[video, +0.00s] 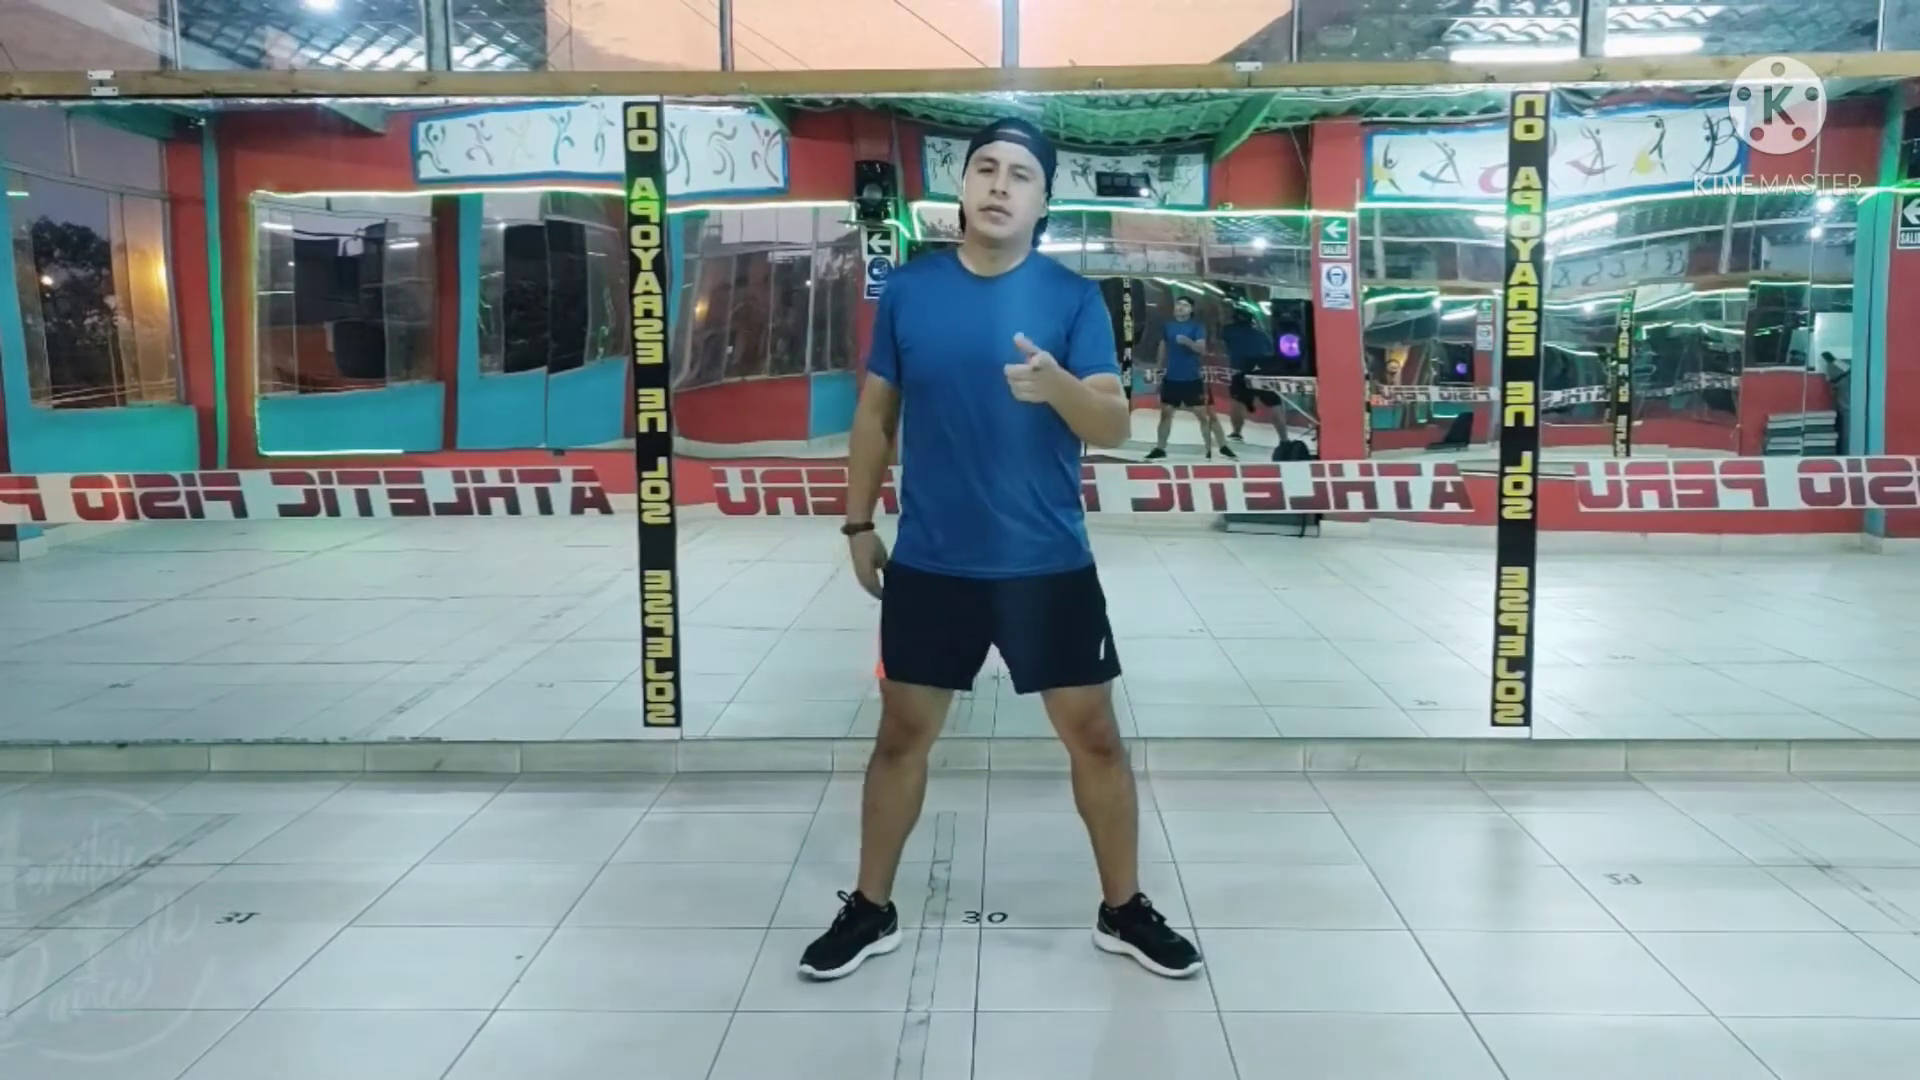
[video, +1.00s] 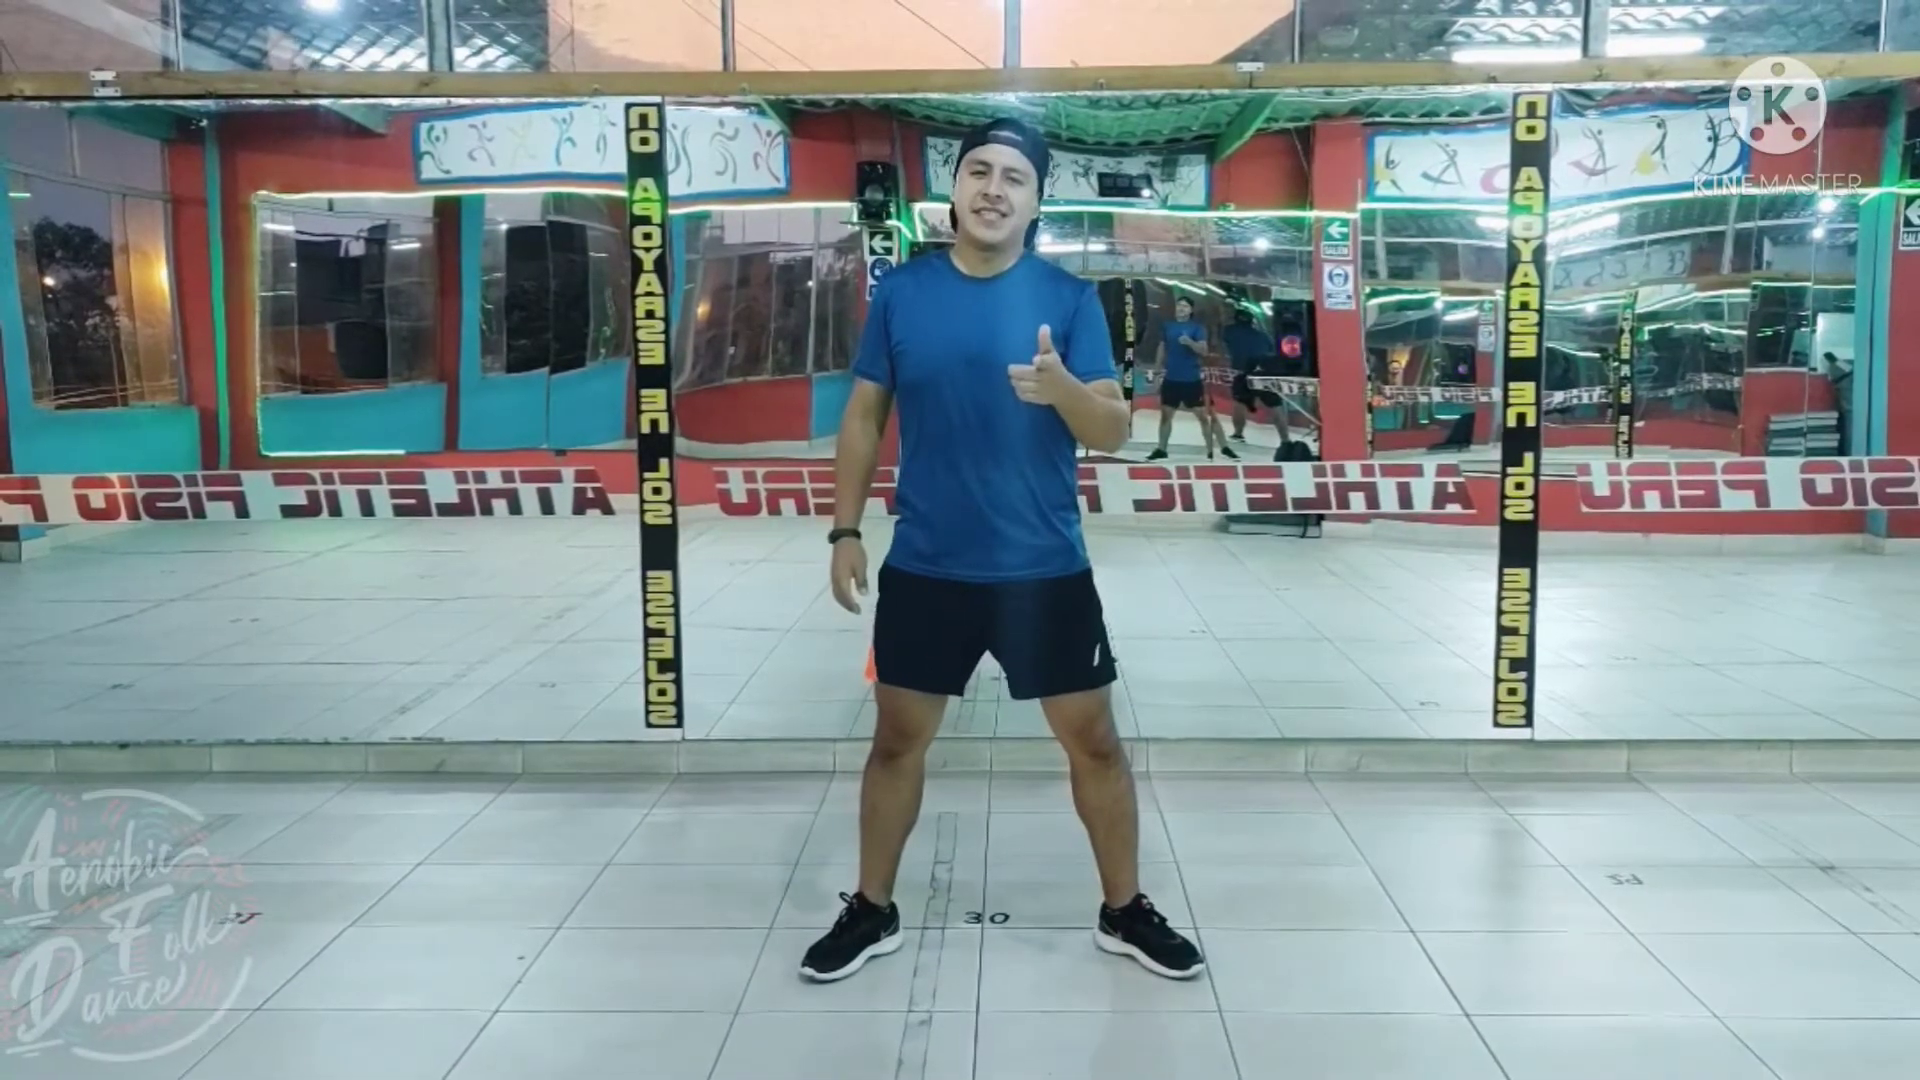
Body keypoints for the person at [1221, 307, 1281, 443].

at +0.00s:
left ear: (1235, 318)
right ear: (1251, 320)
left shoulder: (1229, 331)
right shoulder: (1261, 334)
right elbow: (1270, 354)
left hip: (1240, 367)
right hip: (1265, 367)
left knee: (1238, 400)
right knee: (1274, 404)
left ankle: (1236, 432)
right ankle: (1284, 439)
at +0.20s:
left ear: (1235, 318)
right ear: (1251, 320)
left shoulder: (1229, 332)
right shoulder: (1261, 334)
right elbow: (1270, 354)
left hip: (1240, 367)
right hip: (1265, 368)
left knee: (1238, 400)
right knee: (1274, 404)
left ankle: (1236, 432)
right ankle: (1284, 439)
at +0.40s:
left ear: (1235, 319)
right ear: (1251, 320)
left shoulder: (1229, 332)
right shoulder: (1260, 334)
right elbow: (1270, 351)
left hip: (1240, 368)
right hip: (1264, 368)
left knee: (1238, 401)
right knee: (1274, 404)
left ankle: (1237, 433)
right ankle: (1284, 440)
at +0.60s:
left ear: (1235, 319)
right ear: (1251, 321)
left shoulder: (1229, 332)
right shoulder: (1261, 334)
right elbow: (1271, 350)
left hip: (1241, 368)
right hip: (1264, 368)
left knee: (1239, 401)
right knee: (1275, 405)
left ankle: (1237, 433)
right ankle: (1285, 440)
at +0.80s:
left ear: (1235, 319)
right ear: (1251, 320)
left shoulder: (1229, 332)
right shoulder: (1260, 334)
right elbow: (1271, 351)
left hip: (1241, 369)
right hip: (1264, 370)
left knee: (1240, 402)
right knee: (1275, 406)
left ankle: (1238, 433)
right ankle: (1285, 440)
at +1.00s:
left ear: (1235, 319)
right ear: (1251, 320)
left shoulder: (1230, 331)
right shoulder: (1261, 334)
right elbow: (1271, 350)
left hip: (1241, 368)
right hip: (1264, 370)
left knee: (1239, 401)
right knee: (1275, 405)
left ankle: (1238, 433)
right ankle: (1285, 440)